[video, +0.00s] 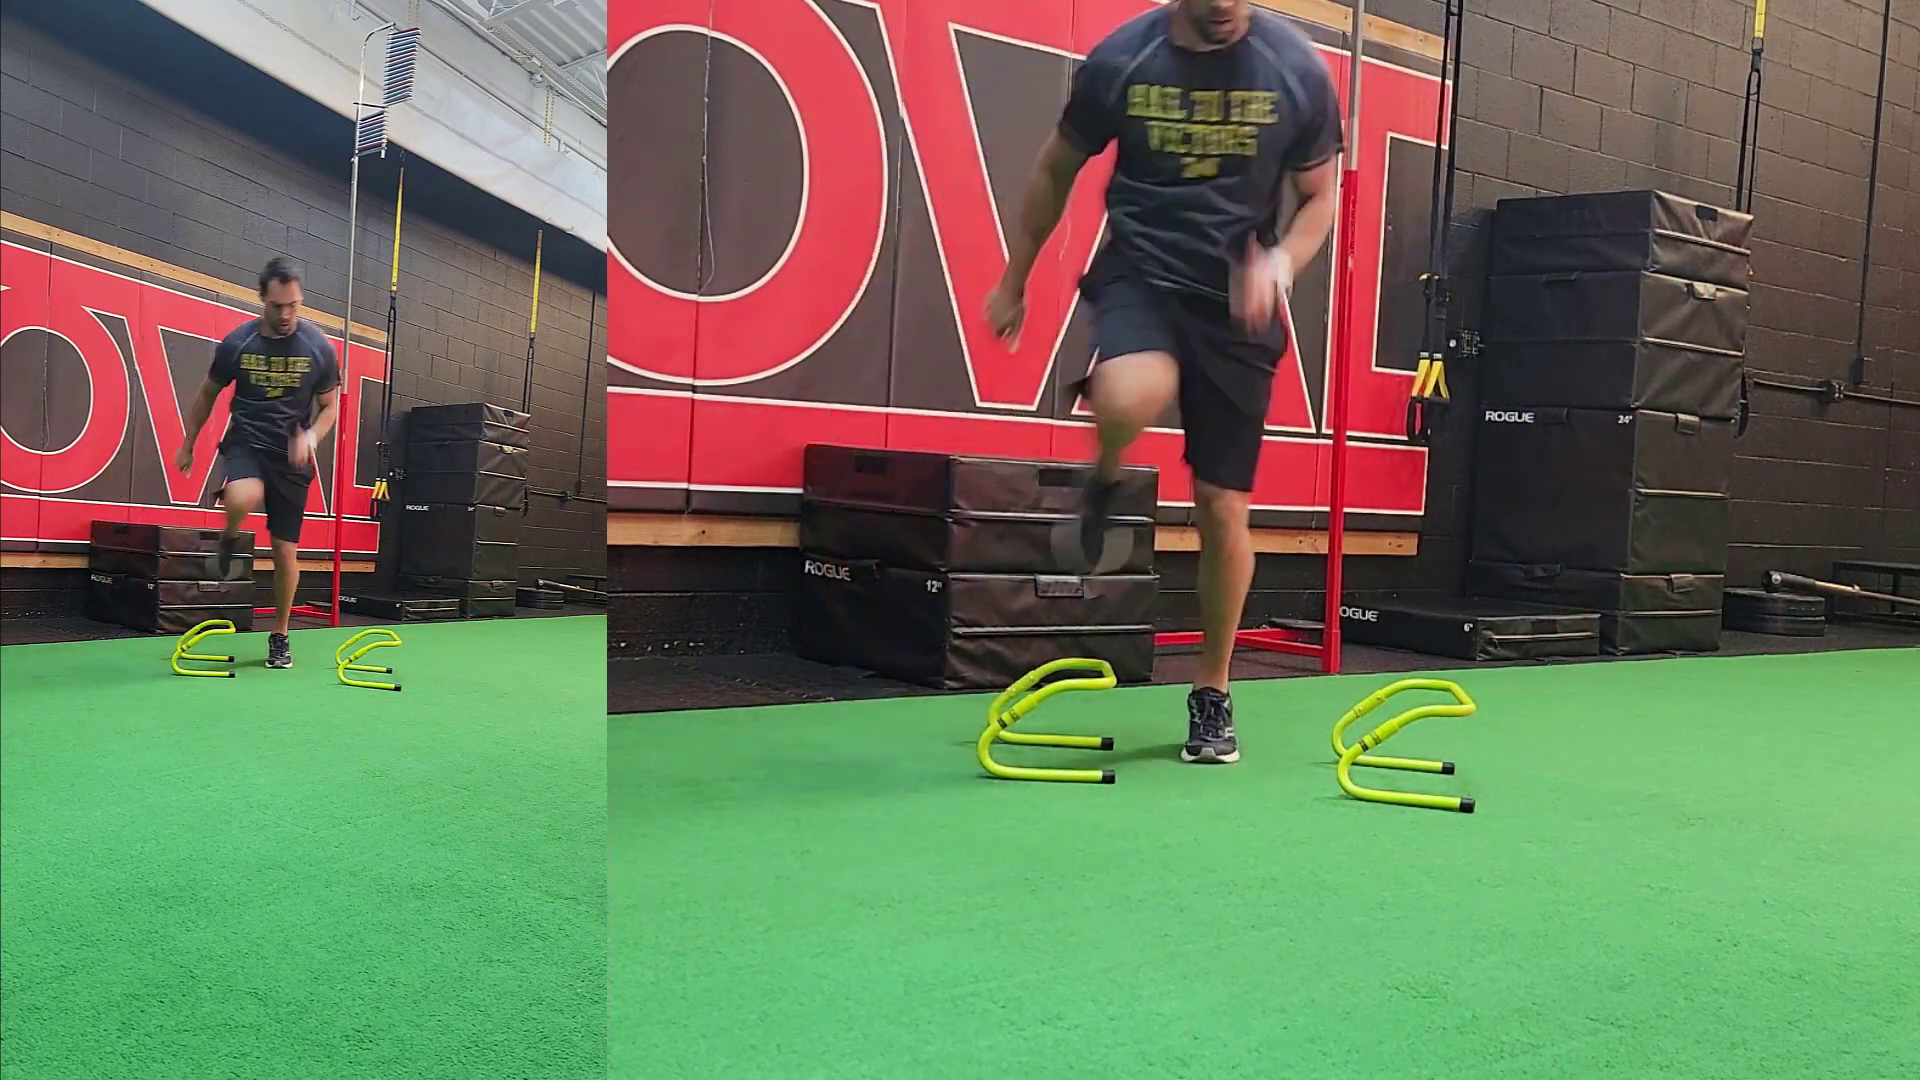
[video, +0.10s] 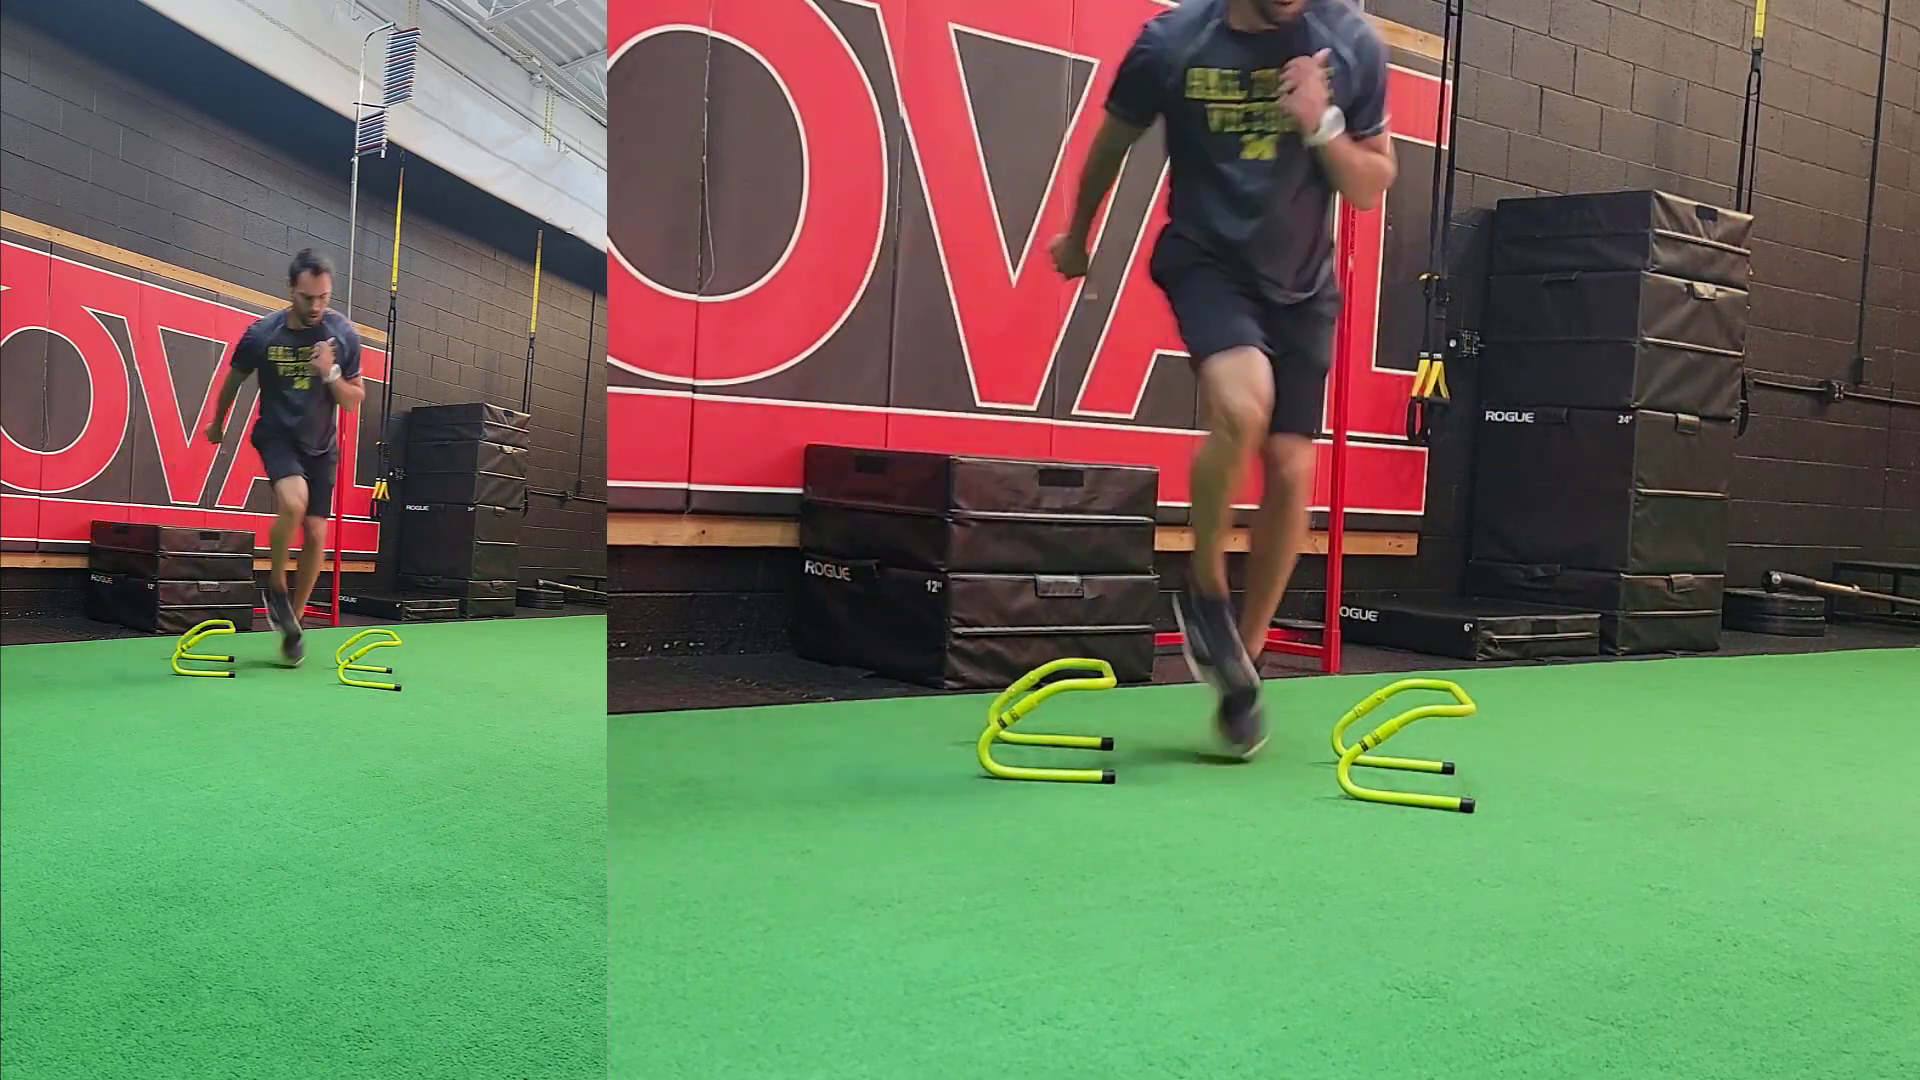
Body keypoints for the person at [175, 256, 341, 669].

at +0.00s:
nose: (286, 314)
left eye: (292, 305)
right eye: (277, 306)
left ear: (301, 301)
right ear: (261, 300)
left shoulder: (319, 348)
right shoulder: (237, 344)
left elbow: (330, 407)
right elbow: (207, 394)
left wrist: (312, 436)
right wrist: (188, 443)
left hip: (293, 452)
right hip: (246, 444)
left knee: (285, 551)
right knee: (240, 500)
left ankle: (280, 635)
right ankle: (227, 543)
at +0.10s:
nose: (316, 307)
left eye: (323, 298)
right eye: (308, 297)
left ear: (330, 294)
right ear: (290, 291)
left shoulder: (343, 335)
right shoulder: (261, 336)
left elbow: (354, 399)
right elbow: (232, 379)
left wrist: (331, 375)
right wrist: (217, 422)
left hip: (322, 443)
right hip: (277, 436)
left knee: (317, 533)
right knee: (295, 505)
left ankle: (295, 620)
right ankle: (277, 586)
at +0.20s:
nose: (347, 314)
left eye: (353, 306)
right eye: (340, 305)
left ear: (360, 302)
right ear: (321, 299)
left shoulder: (372, 341)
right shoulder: (293, 345)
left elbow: (377, 402)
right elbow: (261, 389)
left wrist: (361, 395)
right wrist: (246, 436)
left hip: (351, 450)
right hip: (303, 451)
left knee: (371, 519)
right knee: (312, 544)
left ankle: (339, 559)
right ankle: (294, 638)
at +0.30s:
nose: (380, 323)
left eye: (386, 314)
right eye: (372, 314)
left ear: (392, 309)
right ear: (351, 307)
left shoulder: (398, 349)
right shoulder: (322, 358)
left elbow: (401, 408)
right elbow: (289, 409)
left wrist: (387, 402)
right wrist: (267, 462)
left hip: (378, 458)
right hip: (331, 467)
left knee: (422, 514)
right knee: (327, 554)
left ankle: (406, 571)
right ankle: (296, 643)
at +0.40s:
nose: (408, 327)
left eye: (414, 319)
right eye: (400, 319)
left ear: (421, 313)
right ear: (380, 310)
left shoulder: (426, 346)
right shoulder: (349, 358)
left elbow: (430, 397)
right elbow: (322, 416)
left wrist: (430, 428)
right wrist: (322, 482)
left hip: (406, 453)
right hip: (359, 457)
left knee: (437, 528)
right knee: (363, 534)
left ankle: (464, 619)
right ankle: (317, 610)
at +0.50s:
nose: (436, 352)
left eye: (443, 342)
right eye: (428, 343)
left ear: (448, 336)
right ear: (408, 334)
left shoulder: (454, 370)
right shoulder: (378, 380)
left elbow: (461, 418)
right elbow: (357, 447)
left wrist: (466, 472)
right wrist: (396, 473)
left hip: (437, 474)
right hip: (388, 474)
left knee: (452, 553)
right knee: (403, 536)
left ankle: (474, 647)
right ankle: (382, 552)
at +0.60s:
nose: (461, 384)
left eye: (467, 375)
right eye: (453, 374)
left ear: (473, 367)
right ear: (434, 363)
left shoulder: (477, 394)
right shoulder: (403, 407)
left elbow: (483, 429)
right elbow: (394, 479)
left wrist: (477, 465)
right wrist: (443, 456)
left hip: (456, 492)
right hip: (408, 495)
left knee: (474, 561)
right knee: (433, 549)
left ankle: (478, 650)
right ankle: (432, 565)